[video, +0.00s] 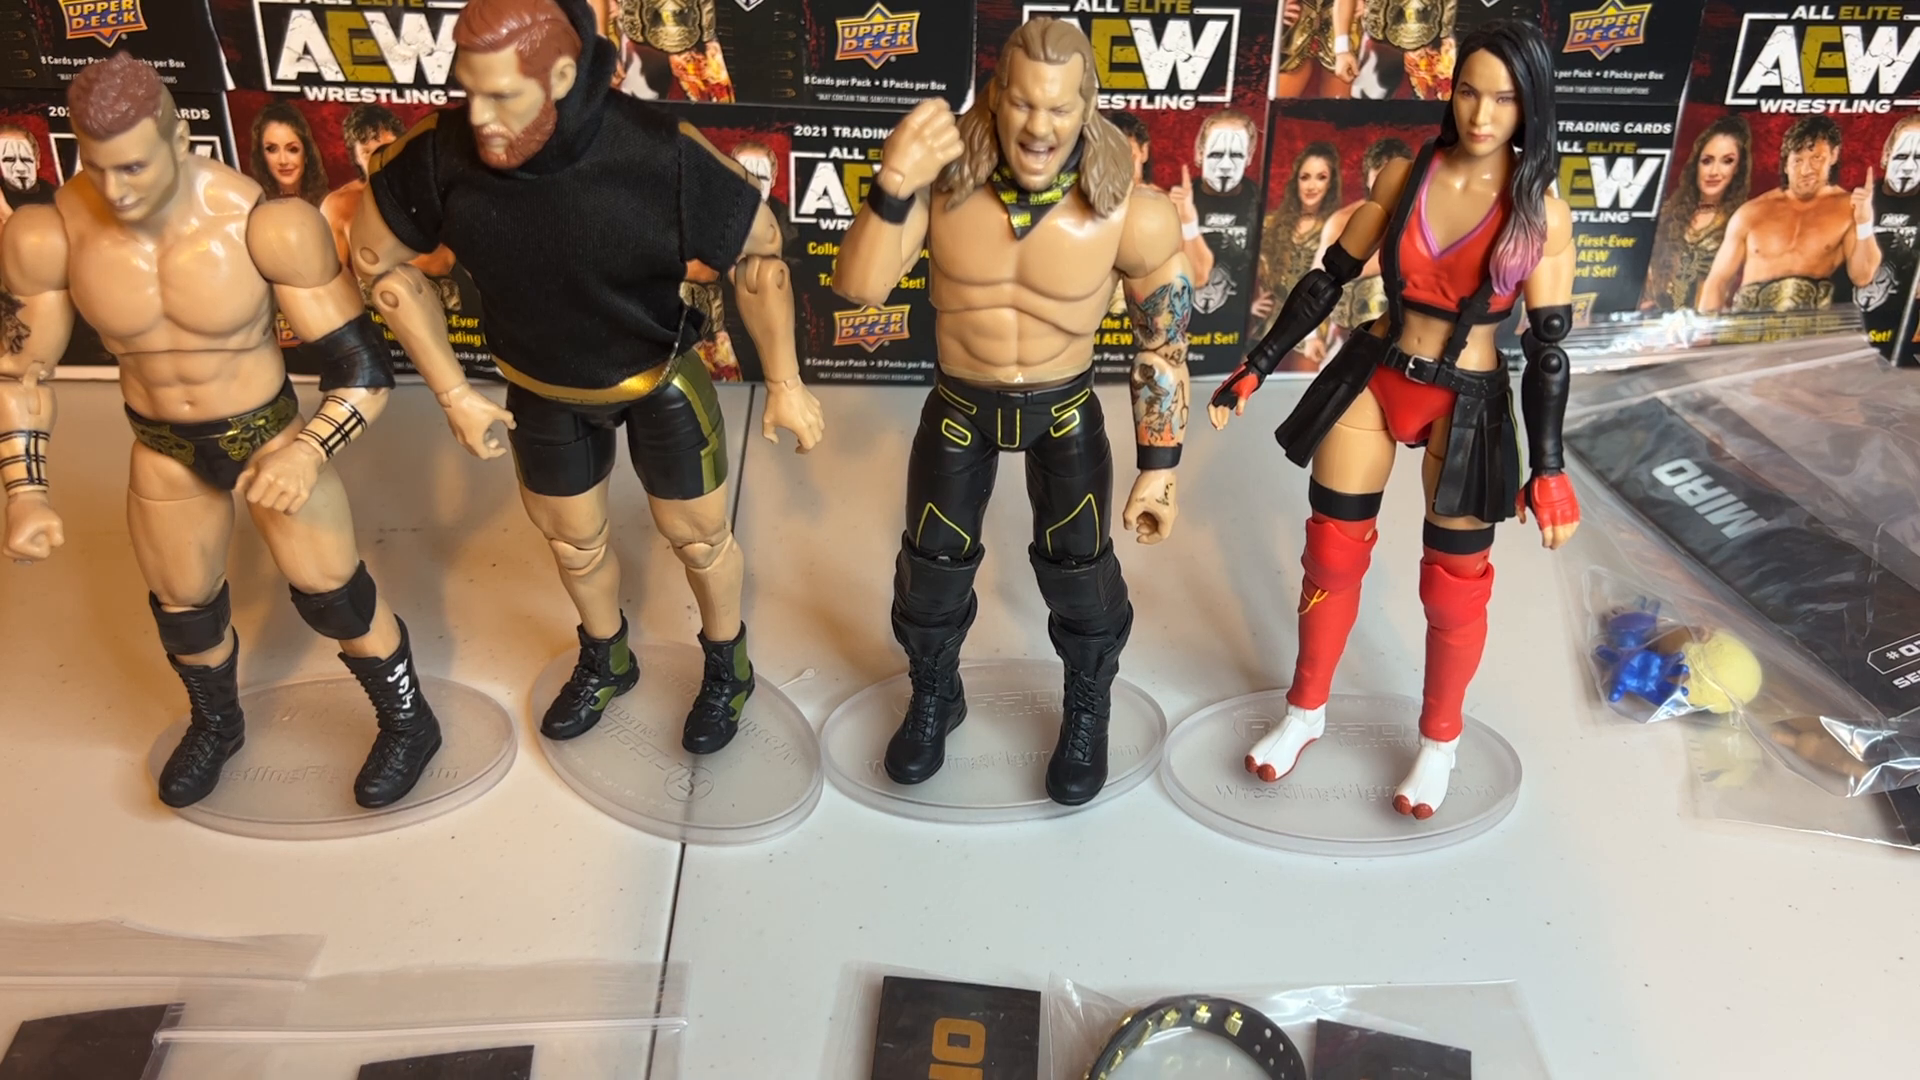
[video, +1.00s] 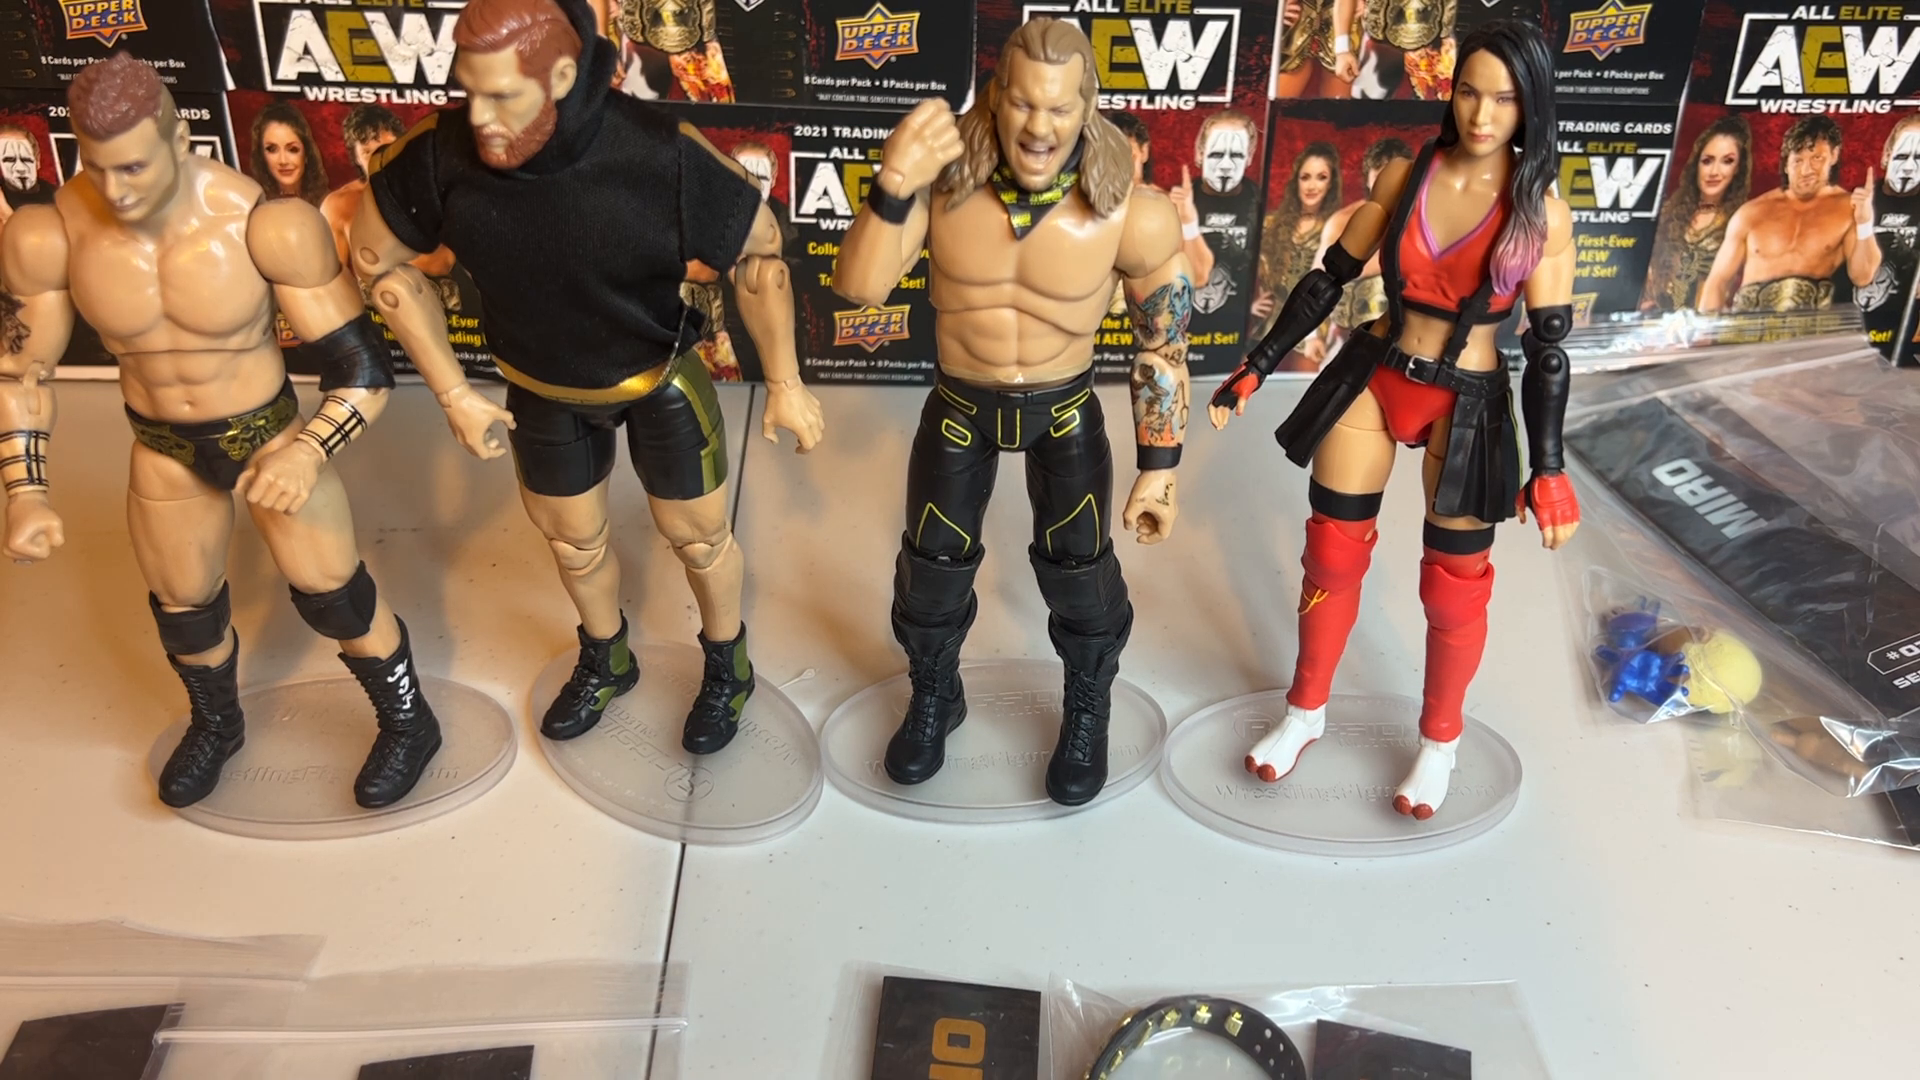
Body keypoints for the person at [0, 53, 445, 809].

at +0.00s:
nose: (118, 188)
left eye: (134, 167)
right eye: (100, 169)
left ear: (178, 138)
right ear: (80, 151)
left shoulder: (268, 225)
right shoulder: (54, 232)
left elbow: (363, 370)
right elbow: (23, 371)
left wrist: (311, 446)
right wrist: (21, 487)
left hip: (269, 441)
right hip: (161, 452)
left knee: (336, 600)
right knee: (186, 617)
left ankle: (409, 722)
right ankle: (216, 722)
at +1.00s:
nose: (118, 188)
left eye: (134, 167)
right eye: (100, 169)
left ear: (178, 138)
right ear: (80, 151)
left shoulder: (268, 225)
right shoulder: (53, 232)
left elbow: (362, 370)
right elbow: (23, 372)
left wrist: (312, 446)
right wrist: (22, 487)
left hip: (269, 440)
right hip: (161, 451)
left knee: (336, 599)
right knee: (186, 617)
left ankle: (408, 722)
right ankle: (216, 723)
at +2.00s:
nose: (118, 188)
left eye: (134, 167)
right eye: (100, 169)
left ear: (178, 138)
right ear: (80, 150)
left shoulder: (268, 225)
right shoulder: (52, 233)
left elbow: (362, 370)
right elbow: (23, 372)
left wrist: (312, 446)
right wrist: (22, 486)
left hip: (269, 440)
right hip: (161, 451)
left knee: (336, 598)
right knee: (186, 616)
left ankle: (408, 721)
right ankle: (216, 723)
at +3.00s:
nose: (118, 188)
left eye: (135, 167)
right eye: (101, 169)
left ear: (178, 138)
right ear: (80, 151)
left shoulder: (268, 225)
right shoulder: (52, 234)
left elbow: (362, 370)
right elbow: (22, 372)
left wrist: (311, 447)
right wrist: (22, 487)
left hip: (270, 441)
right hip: (161, 453)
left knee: (336, 598)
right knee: (186, 616)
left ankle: (408, 721)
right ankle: (216, 724)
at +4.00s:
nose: (118, 188)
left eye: (134, 168)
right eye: (100, 170)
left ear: (178, 138)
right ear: (81, 151)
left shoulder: (269, 225)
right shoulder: (54, 232)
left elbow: (363, 370)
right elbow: (23, 372)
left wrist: (312, 446)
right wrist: (22, 487)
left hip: (269, 441)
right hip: (161, 452)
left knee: (336, 598)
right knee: (186, 615)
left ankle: (408, 721)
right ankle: (216, 722)